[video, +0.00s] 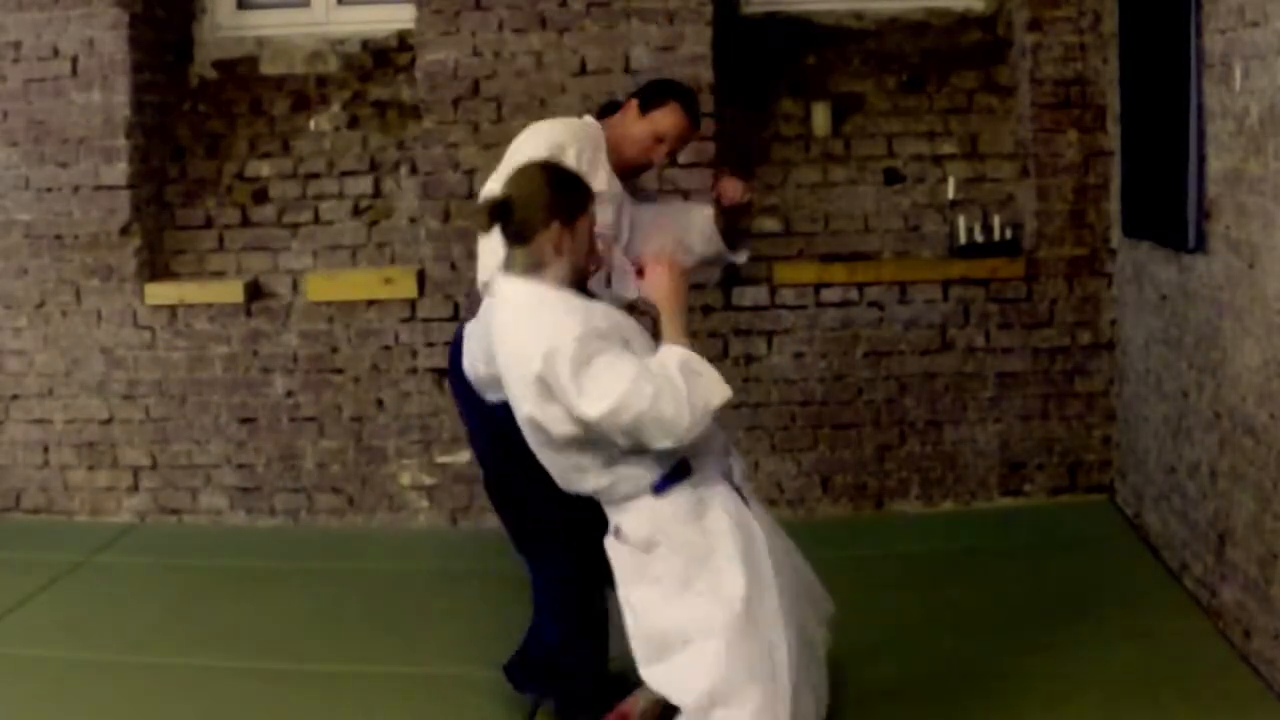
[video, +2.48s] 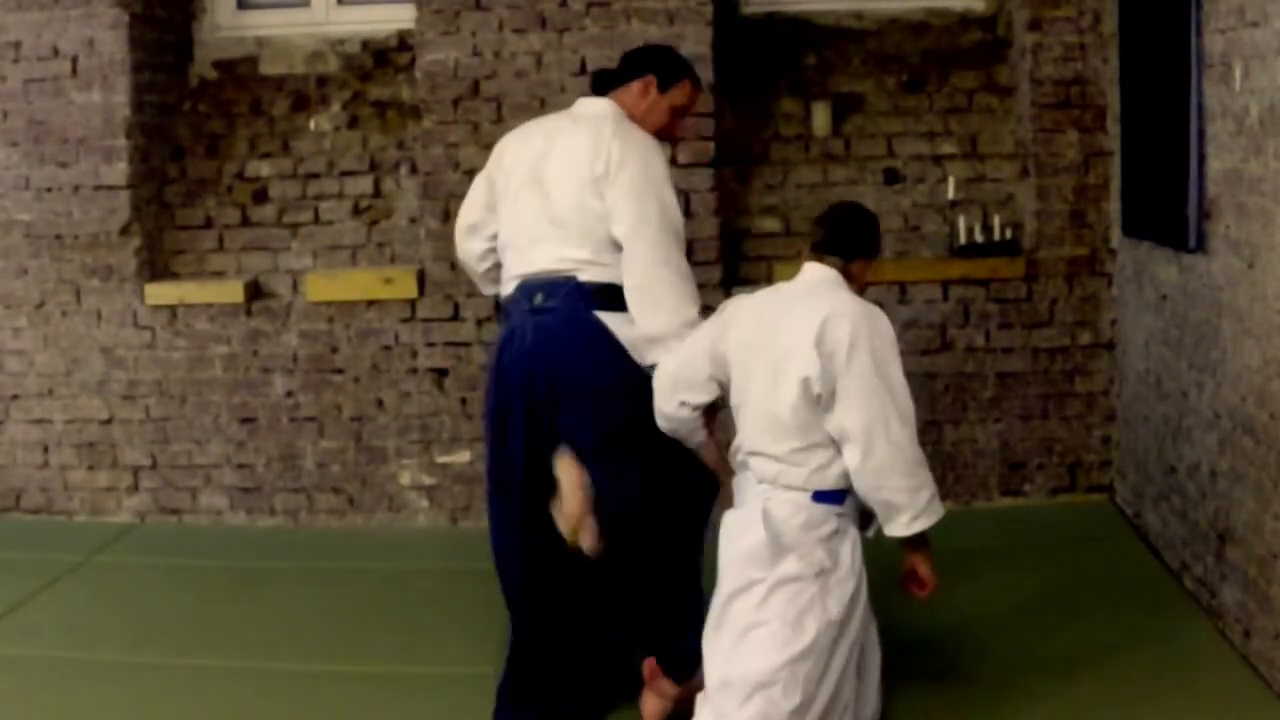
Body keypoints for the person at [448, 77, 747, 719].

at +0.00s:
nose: (661, 161)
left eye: (672, 152)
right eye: (660, 142)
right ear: (631, 112)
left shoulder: (622, 186)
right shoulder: (554, 145)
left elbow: (651, 240)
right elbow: (501, 222)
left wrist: (717, 215)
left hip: (554, 364)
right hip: (488, 356)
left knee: (580, 524)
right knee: (557, 528)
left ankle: (556, 672)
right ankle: (562, 681)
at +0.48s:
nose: (670, 151)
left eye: (681, 140)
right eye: (668, 133)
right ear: (635, 102)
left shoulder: (613, 162)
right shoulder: (565, 159)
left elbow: (648, 215)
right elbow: (538, 288)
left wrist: (705, 205)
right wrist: (578, 397)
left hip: (583, 367)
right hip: (534, 373)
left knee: (601, 545)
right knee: (545, 553)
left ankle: (611, 686)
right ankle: (553, 695)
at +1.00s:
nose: (710, 156)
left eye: (721, 144)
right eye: (711, 136)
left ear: (677, 106)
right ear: (680, 103)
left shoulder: (627, 147)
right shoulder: (619, 155)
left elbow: (662, 227)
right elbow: (599, 291)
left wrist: (726, 198)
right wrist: (660, 363)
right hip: (571, 358)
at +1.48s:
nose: (703, 157)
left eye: (713, 146)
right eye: (703, 137)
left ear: (660, 107)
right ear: (670, 106)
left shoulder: (589, 141)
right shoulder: (622, 161)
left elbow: (648, 225)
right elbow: (621, 301)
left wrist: (717, 197)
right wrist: (679, 384)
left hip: (536, 355)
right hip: (582, 360)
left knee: (554, 547)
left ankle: (543, 695)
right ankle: (668, 674)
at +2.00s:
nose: (703, 155)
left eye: (712, 143)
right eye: (703, 136)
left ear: (661, 103)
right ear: (669, 104)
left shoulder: (575, 143)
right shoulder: (624, 160)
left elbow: (643, 245)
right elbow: (631, 292)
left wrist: (705, 205)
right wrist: (686, 396)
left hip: (530, 351)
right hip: (587, 353)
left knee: (549, 540)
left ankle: (539, 694)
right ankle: (671, 665)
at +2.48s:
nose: (675, 132)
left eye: (684, 118)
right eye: (677, 112)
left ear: (622, 86)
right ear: (643, 88)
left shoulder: (517, 141)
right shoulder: (628, 147)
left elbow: (471, 237)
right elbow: (657, 276)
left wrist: (518, 297)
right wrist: (697, 390)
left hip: (519, 336)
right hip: (599, 326)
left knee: (524, 517)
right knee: (658, 494)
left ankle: (540, 679)